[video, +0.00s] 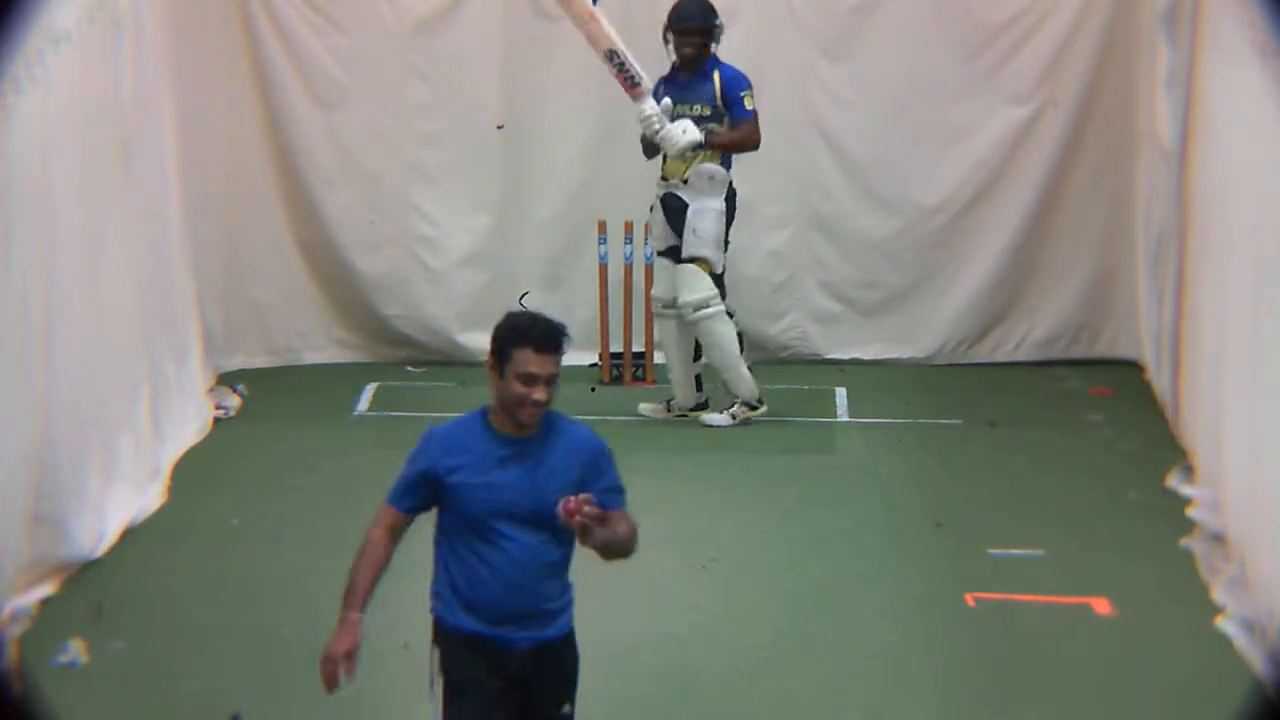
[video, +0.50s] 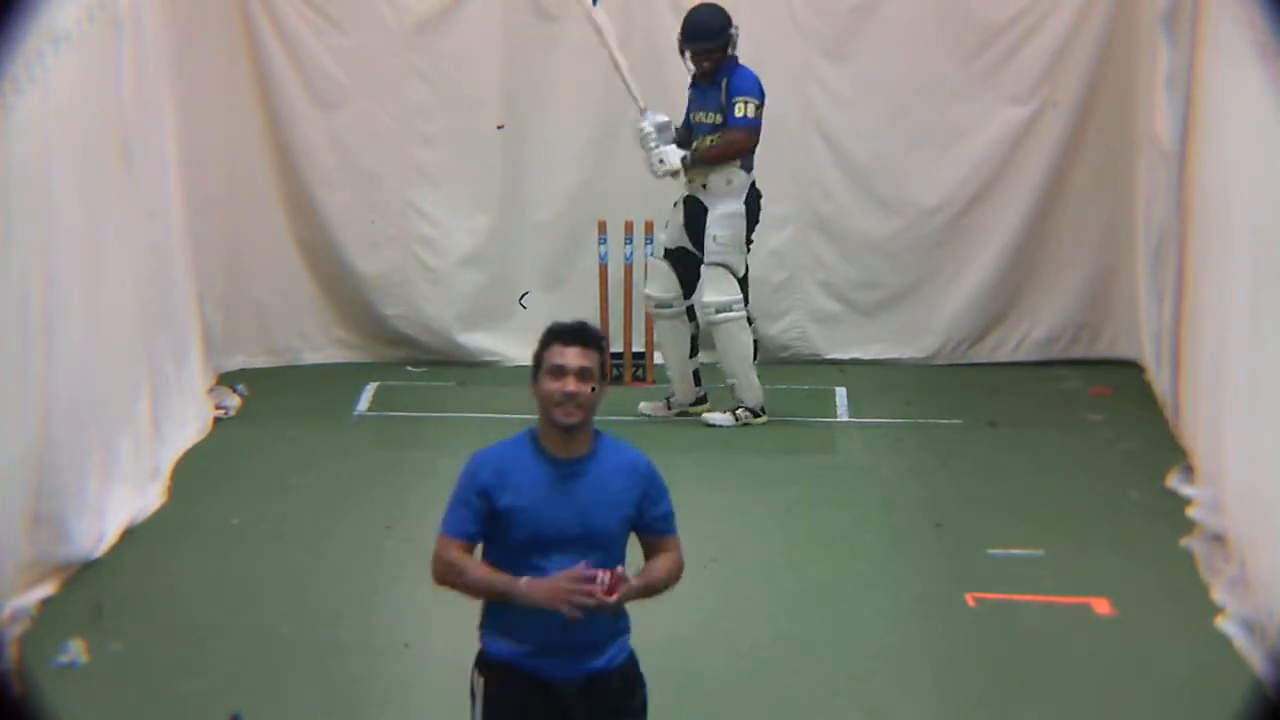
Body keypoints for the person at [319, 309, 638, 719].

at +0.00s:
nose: (540, 396)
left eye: (550, 382)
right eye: (527, 381)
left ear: (559, 378)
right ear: (493, 370)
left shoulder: (582, 449)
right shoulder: (445, 447)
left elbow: (624, 541)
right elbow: (385, 529)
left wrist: (597, 530)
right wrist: (349, 621)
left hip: (548, 643)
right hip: (468, 643)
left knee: (550, 713)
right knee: (472, 713)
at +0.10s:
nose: (539, 397)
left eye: (551, 385)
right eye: (525, 383)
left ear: (562, 388)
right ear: (496, 382)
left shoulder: (591, 458)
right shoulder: (453, 463)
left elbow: (633, 546)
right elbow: (401, 551)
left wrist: (605, 554)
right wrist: (365, 645)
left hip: (563, 659)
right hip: (482, 658)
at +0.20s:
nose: (536, 386)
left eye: (549, 374)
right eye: (523, 372)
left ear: (563, 383)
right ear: (497, 378)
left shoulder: (599, 457)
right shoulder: (458, 465)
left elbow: (637, 539)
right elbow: (417, 562)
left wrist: (610, 568)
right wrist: (396, 665)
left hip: (573, 659)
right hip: (491, 658)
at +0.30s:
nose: (541, 375)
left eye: (555, 363)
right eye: (527, 361)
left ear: (572, 374)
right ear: (505, 371)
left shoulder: (609, 451)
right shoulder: (467, 458)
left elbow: (649, 532)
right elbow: (429, 554)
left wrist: (613, 573)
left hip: (582, 658)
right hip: (495, 659)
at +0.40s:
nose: (554, 375)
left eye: (568, 363)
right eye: (540, 361)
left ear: (586, 375)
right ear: (518, 371)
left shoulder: (619, 454)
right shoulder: (477, 457)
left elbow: (658, 536)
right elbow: (434, 548)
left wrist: (621, 576)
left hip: (595, 664)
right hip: (505, 665)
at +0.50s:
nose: (570, 388)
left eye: (584, 377)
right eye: (557, 374)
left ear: (600, 388)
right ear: (535, 383)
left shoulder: (633, 471)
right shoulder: (490, 469)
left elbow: (668, 557)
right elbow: (446, 564)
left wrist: (633, 587)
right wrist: (532, 590)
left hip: (606, 678)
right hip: (515, 680)